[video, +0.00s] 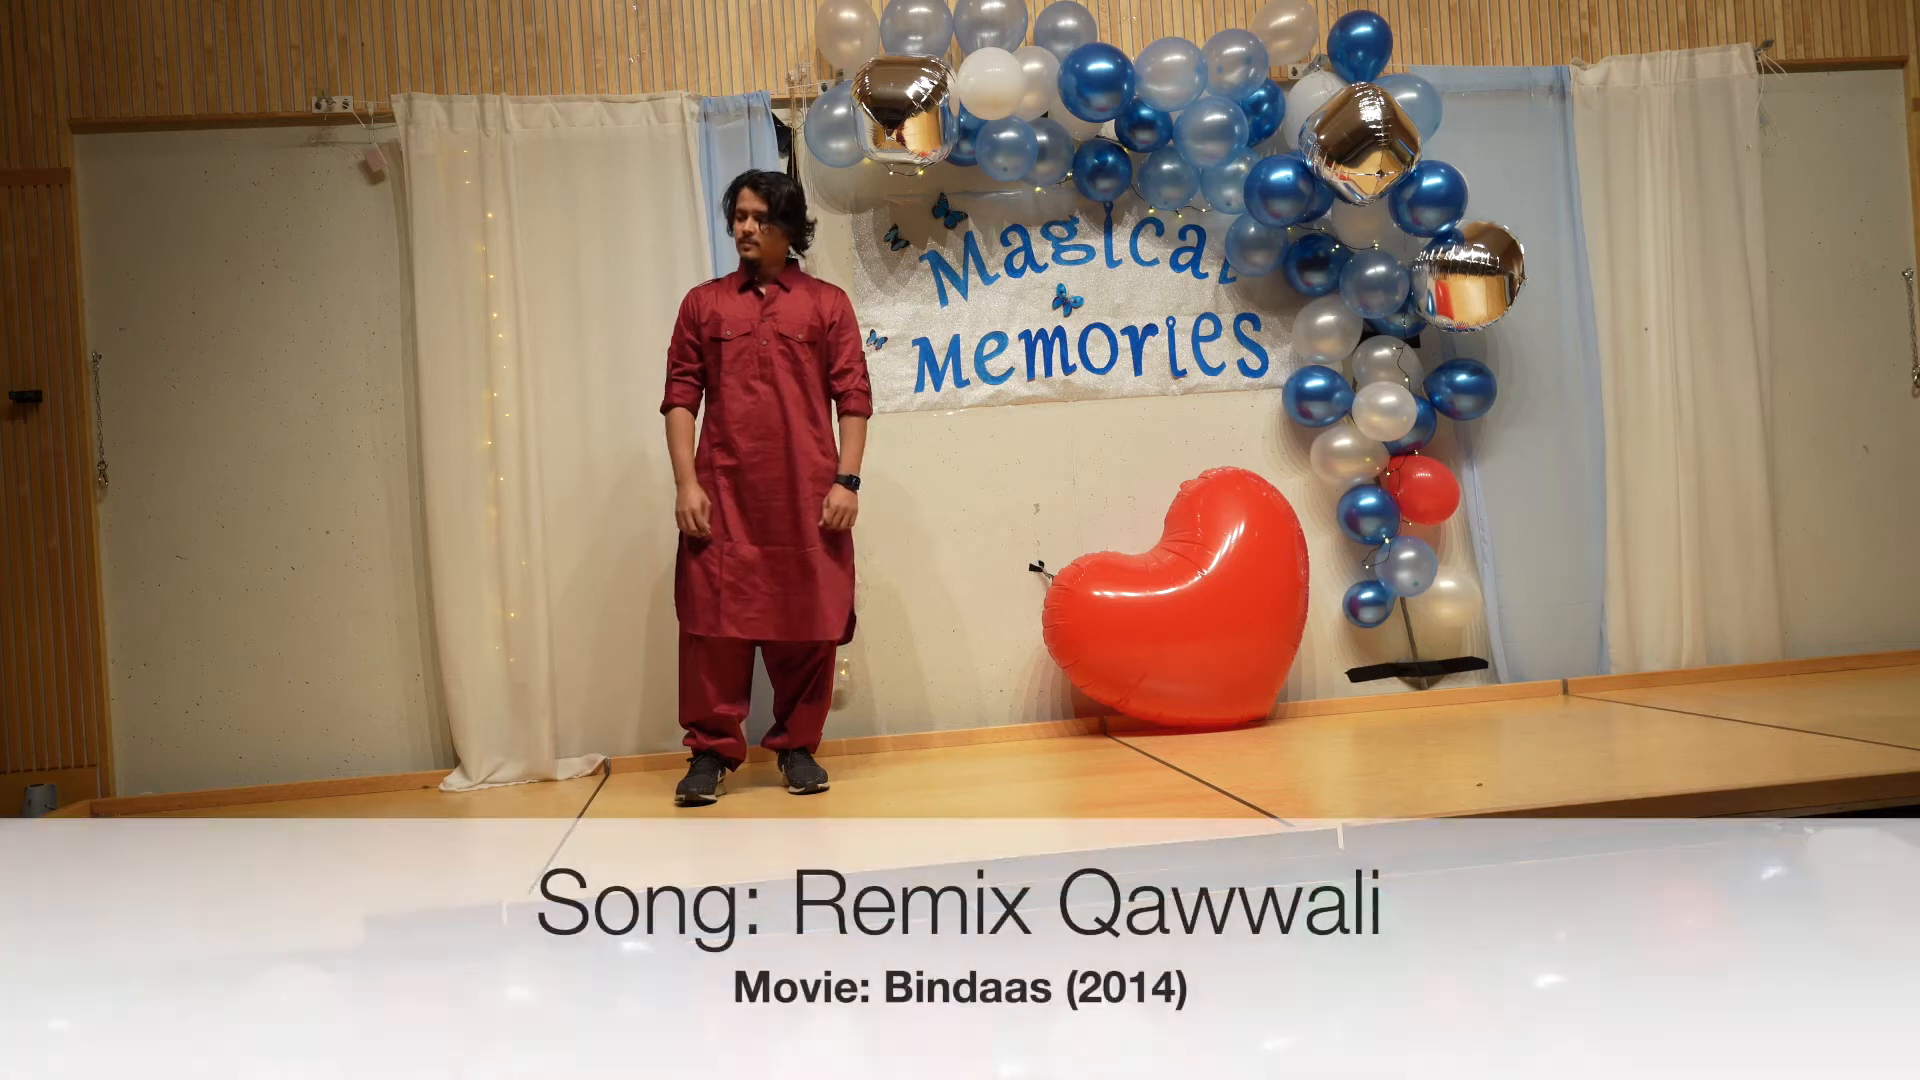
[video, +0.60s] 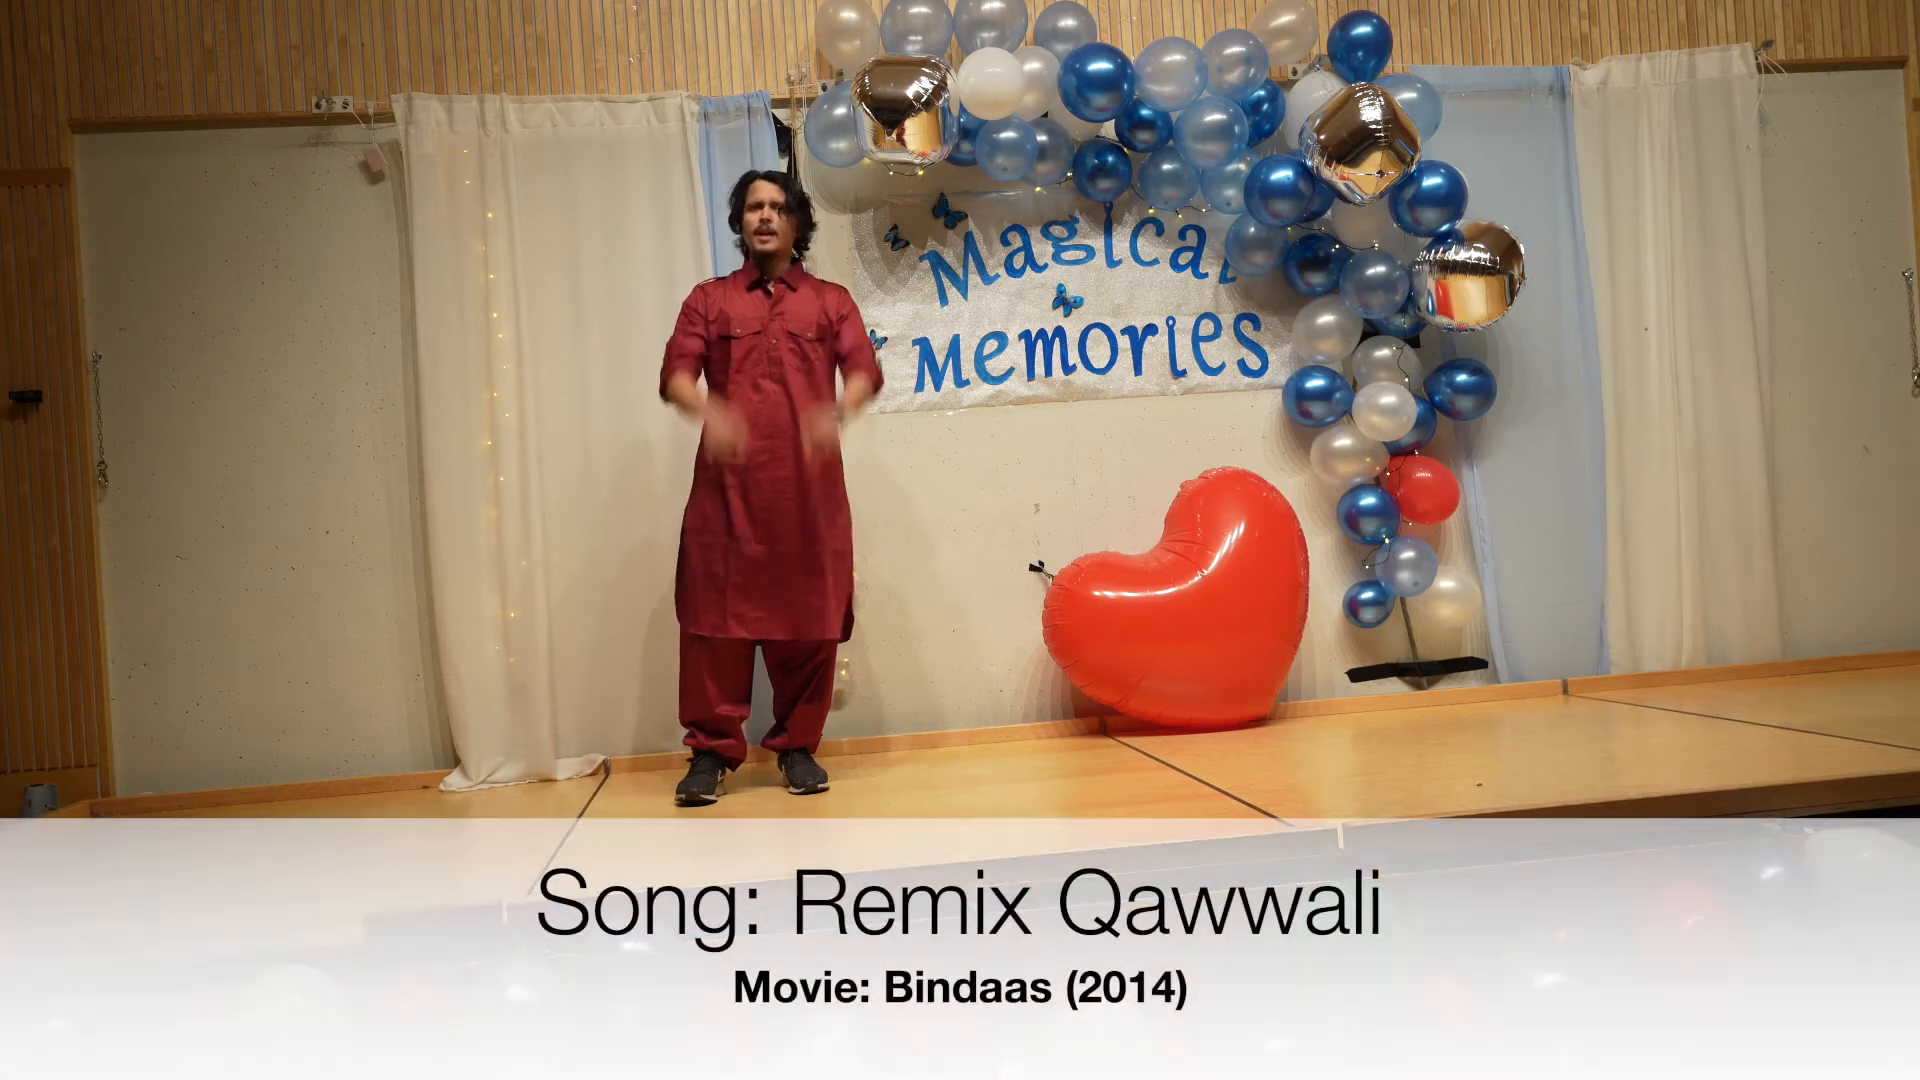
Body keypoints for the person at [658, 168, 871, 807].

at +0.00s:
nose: (745, 227)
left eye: (760, 217)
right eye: (739, 216)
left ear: (790, 227)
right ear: (730, 224)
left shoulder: (827, 303)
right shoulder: (703, 304)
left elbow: (854, 397)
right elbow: (679, 399)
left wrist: (848, 480)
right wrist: (686, 482)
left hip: (805, 493)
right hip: (723, 493)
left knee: (808, 628)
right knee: (713, 624)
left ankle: (799, 748)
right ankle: (710, 752)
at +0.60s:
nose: (763, 218)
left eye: (776, 208)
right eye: (753, 208)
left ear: (799, 223)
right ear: (738, 223)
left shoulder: (830, 299)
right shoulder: (709, 298)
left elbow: (865, 373)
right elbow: (676, 378)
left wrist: (838, 413)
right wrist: (713, 412)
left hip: (806, 484)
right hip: (727, 485)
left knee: (809, 617)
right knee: (713, 616)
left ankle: (799, 748)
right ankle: (710, 752)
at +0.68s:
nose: (765, 214)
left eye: (776, 205)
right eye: (754, 205)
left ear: (798, 222)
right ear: (738, 223)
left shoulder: (828, 296)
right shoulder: (712, 297)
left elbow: (871, 354)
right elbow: (673, 359)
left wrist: (838, 341)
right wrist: (715, 349)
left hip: (809, 483)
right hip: (729, 484)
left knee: (810, 619)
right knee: (714, 617)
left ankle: (799, 749)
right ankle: (710, 753)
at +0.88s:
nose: (763, 211)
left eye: (771, 200)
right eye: (749, 202)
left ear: (790, 221)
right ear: (731, 225)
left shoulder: (822, 292)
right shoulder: (718, 296)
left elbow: (862, 280)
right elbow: (682, 298)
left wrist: (812, 234)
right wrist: (736, 239)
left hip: (814, 472)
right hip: (734, 472)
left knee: (812, 620)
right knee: (718, 616)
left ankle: (799, 749)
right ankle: (711, 752)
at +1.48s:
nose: (761, 218)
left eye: (771, 210)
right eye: (747, 213)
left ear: (791, 230)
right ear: (732, 237)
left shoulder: (833, 301)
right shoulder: (716, 306)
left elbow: (907, 320)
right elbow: (661, 348)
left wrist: (932, 291)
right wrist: (667, 310)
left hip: (826, 488)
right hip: (740, 491)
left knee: (819, 627)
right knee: (735, 625)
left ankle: (801, 749)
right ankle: (727, 754)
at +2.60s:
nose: (791, 238)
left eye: (802, 226)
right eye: (778, 226)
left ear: (818, 218)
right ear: (752, 219)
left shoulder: (841, 275)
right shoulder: (723, 282)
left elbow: (891, 339)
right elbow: (715, 362)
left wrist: (857, 339)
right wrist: (793, 339)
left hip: (841, 476)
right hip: (763, 482)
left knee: (836, 614)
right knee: (781, 620)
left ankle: (808, 745)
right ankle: (817, 759)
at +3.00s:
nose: (810, 176)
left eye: (823, 167)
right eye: (797, 165)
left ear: (838, 184)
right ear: (773, 178)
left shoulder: (860, 256)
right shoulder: (738, 261)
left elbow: (906, 303)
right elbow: (696, 350)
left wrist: (913, 250)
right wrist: (768, 376)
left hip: (859, 464)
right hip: (775, 470)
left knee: (868, 605)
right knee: (787, 613)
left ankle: (839, 734)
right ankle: (817, 762)